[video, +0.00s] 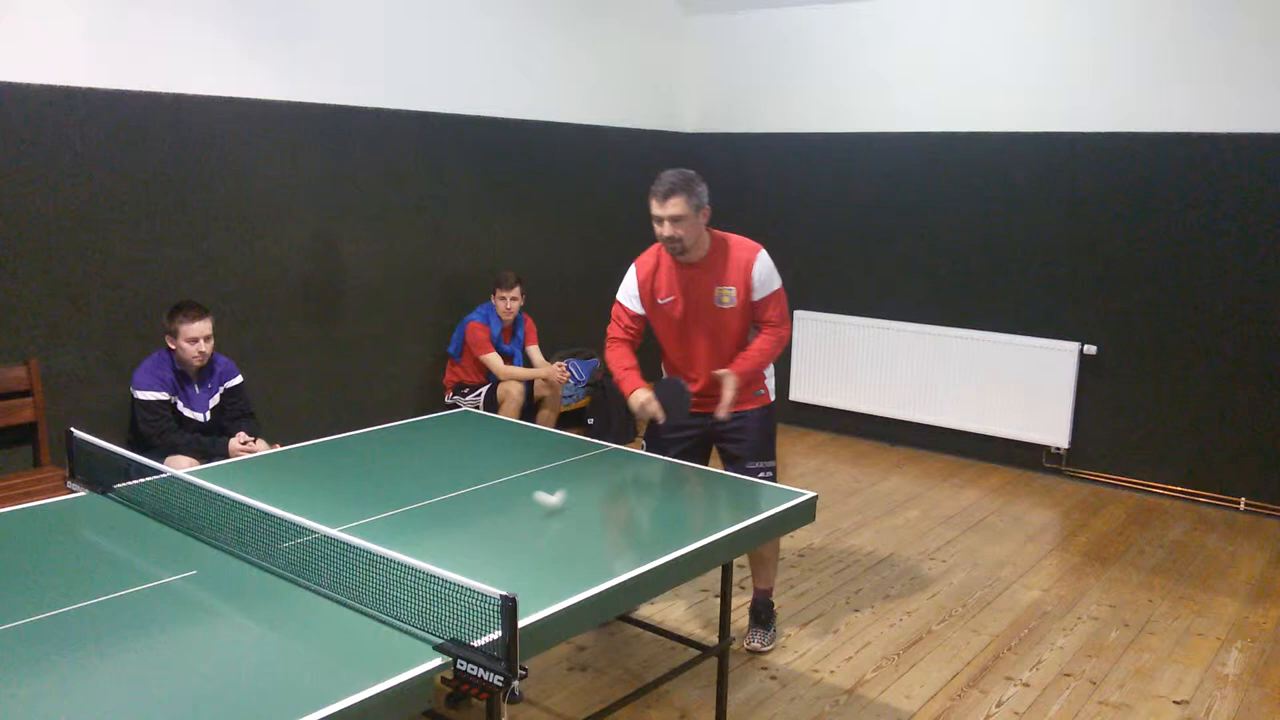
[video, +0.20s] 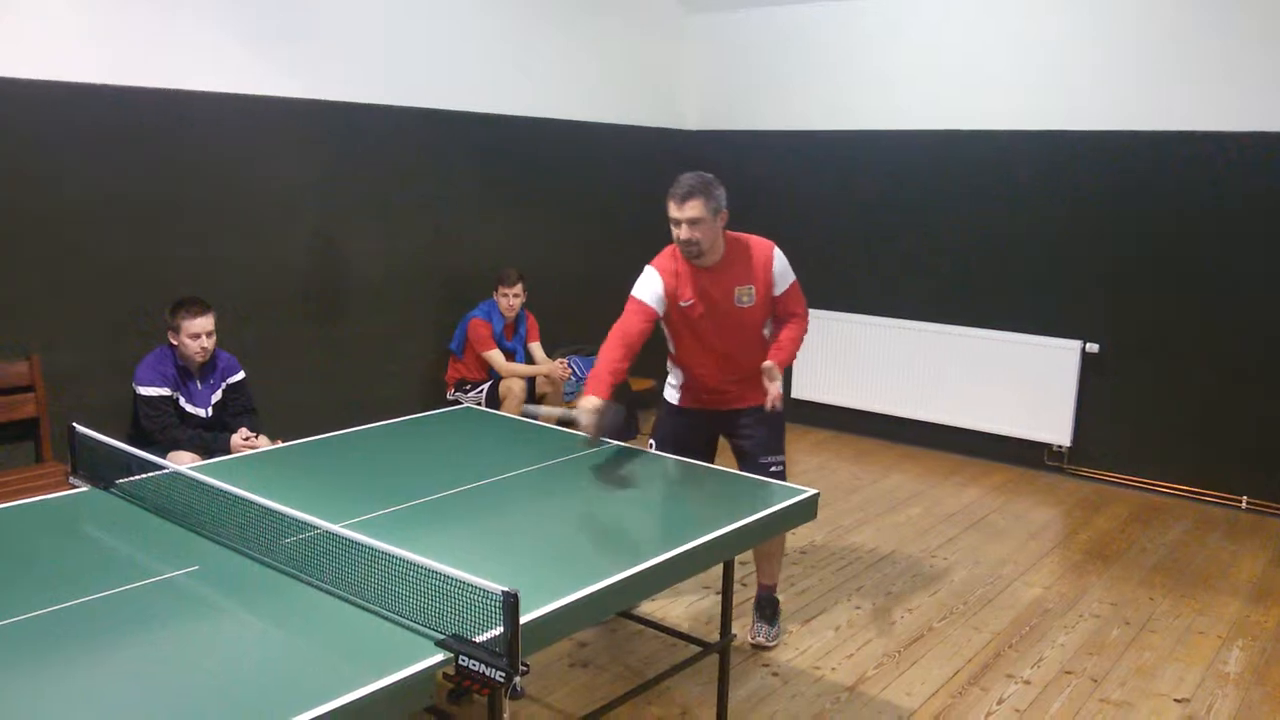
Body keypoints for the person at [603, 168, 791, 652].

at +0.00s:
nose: (667, 232)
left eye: (677, 220)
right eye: (658, 221)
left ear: (704, 215)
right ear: (652, 220)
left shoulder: (749, 260)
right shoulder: (645, 271)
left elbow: (776, 327)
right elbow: (618, 339)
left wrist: (739, 371)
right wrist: (636, 388)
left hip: (746, 403)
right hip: (679, 401)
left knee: (759, 504)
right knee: (651, 496)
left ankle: (762, 608)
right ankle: (625, 587)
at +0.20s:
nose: (684, 235)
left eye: (695, 223)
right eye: (676, 224)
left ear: (722, 218)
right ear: (670, 222)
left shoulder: (764, 258)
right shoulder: (664, 271)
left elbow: (794, 317)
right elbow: (625, 335)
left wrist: (776, 362)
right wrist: (593, 396)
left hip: (753, 401)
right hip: (686, 400)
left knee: (769, 501)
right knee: (662, 495)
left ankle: (766, 601)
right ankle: (629, 582)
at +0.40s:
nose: (685, 224)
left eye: (697, 215)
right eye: (681, 214)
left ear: (729, 216)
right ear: (678, 214)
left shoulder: (774, 258)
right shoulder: (672, 268)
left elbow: (800, 320)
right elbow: (633, 329)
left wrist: (781, 359)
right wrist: (606, 381)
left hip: (760, 406)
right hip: (692, 404)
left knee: (772, 507)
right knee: (657, 496)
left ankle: (762, 607)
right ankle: (625, 586)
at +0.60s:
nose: (676, 212)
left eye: (688, 202)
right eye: (673, 202)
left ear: (722, 207)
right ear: (672, 206)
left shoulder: (770, 260)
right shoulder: (663, 267)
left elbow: (799, 331)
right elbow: (658, 338)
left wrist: (757, 375)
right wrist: (661, 387)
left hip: (758, 415)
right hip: (689, 412)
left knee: (767, 511)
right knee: (659, 499)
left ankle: (761, 608)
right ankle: (650, 594)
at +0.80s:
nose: (647, 215)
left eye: (658, 206)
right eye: (645, 206)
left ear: (693, 209)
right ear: (645, 209)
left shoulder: (744, 265)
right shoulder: (645, 271)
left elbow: (766, 347)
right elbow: (648, 341)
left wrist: (705, 390)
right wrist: (657, 387)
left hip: (747, 421)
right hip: (681, 418)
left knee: (753, 514)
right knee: (648, 504)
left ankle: (768, 606)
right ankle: (660, 599)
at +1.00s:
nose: (641, 219)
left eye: (651, 209)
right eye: (639, 210)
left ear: (687, 210)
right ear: (646, 214)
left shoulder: (734, 272)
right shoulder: (649, 268)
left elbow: (746, 360)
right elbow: (647, 337)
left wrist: (678, 397)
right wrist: (644, 383)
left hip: (748, 417)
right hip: (688, 413)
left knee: (751, 520)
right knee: (652, 502)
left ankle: (786, 636)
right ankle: (663, 600)